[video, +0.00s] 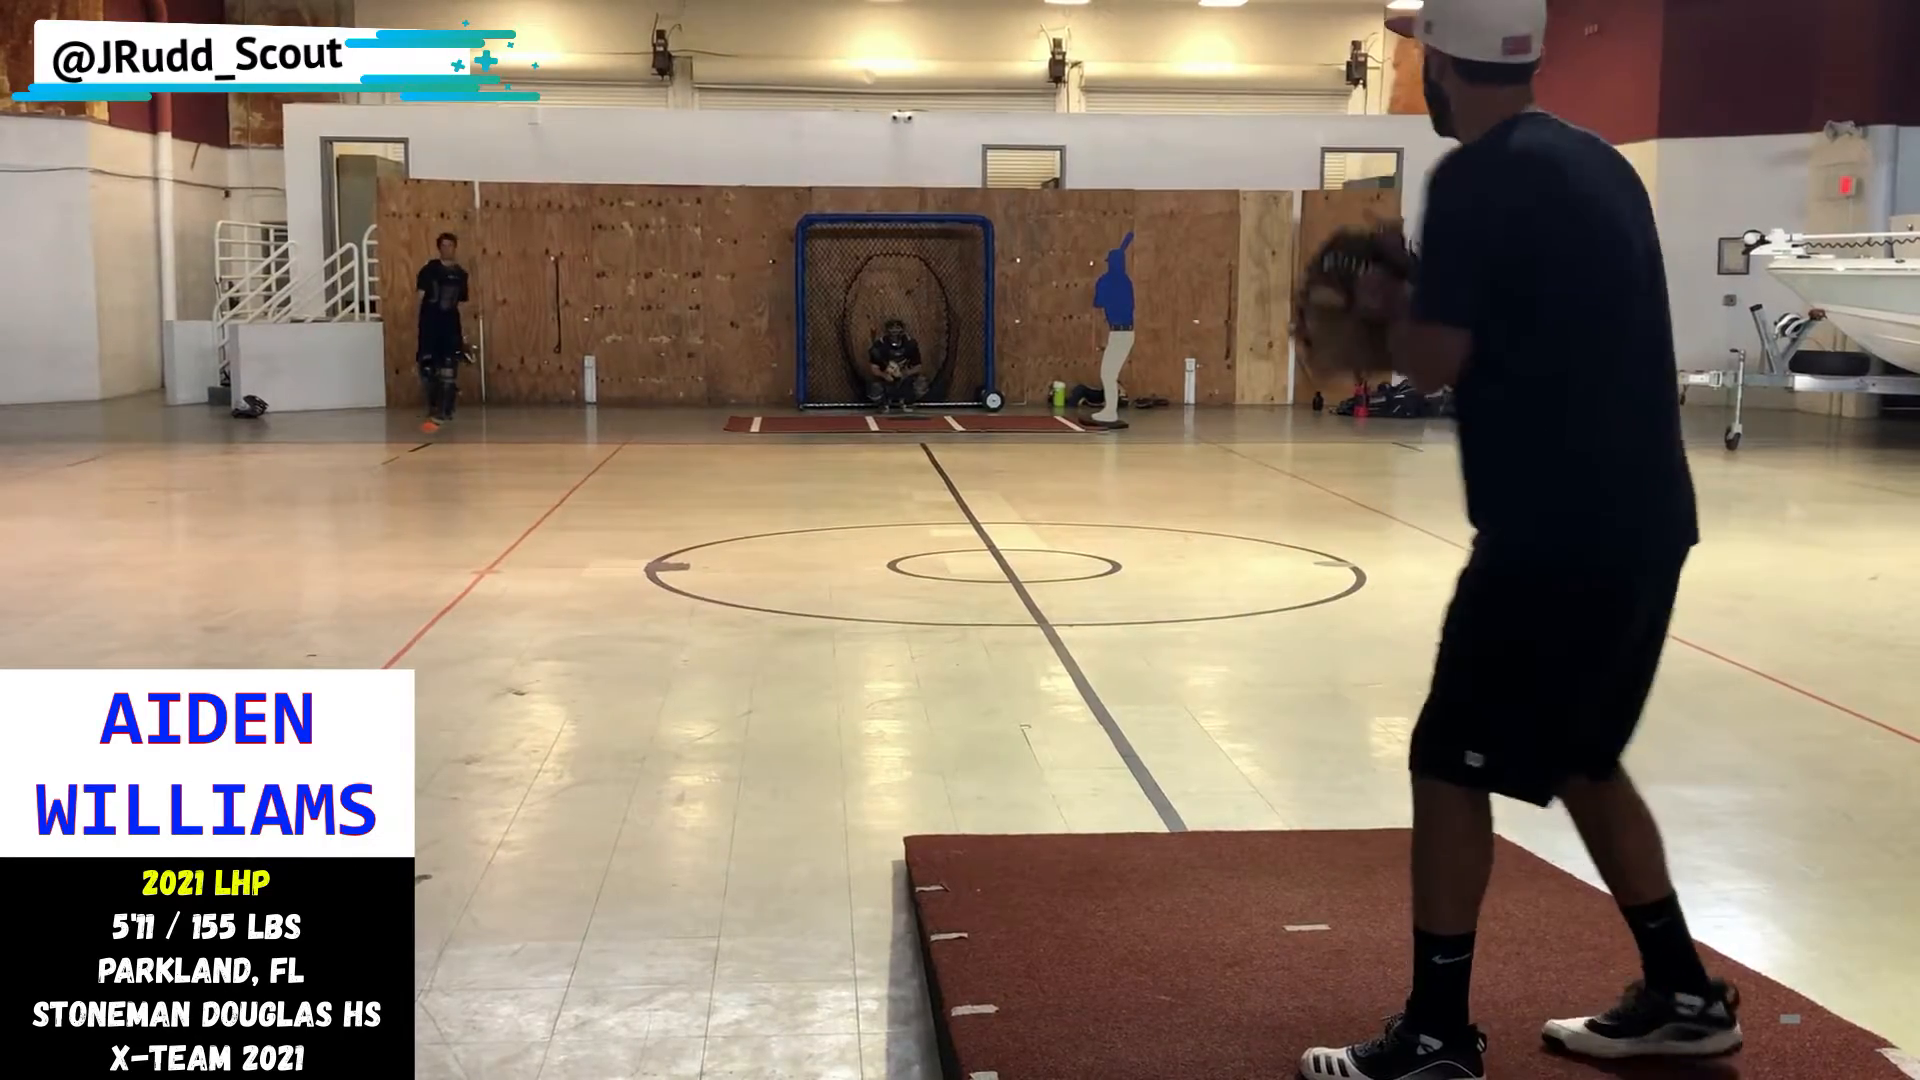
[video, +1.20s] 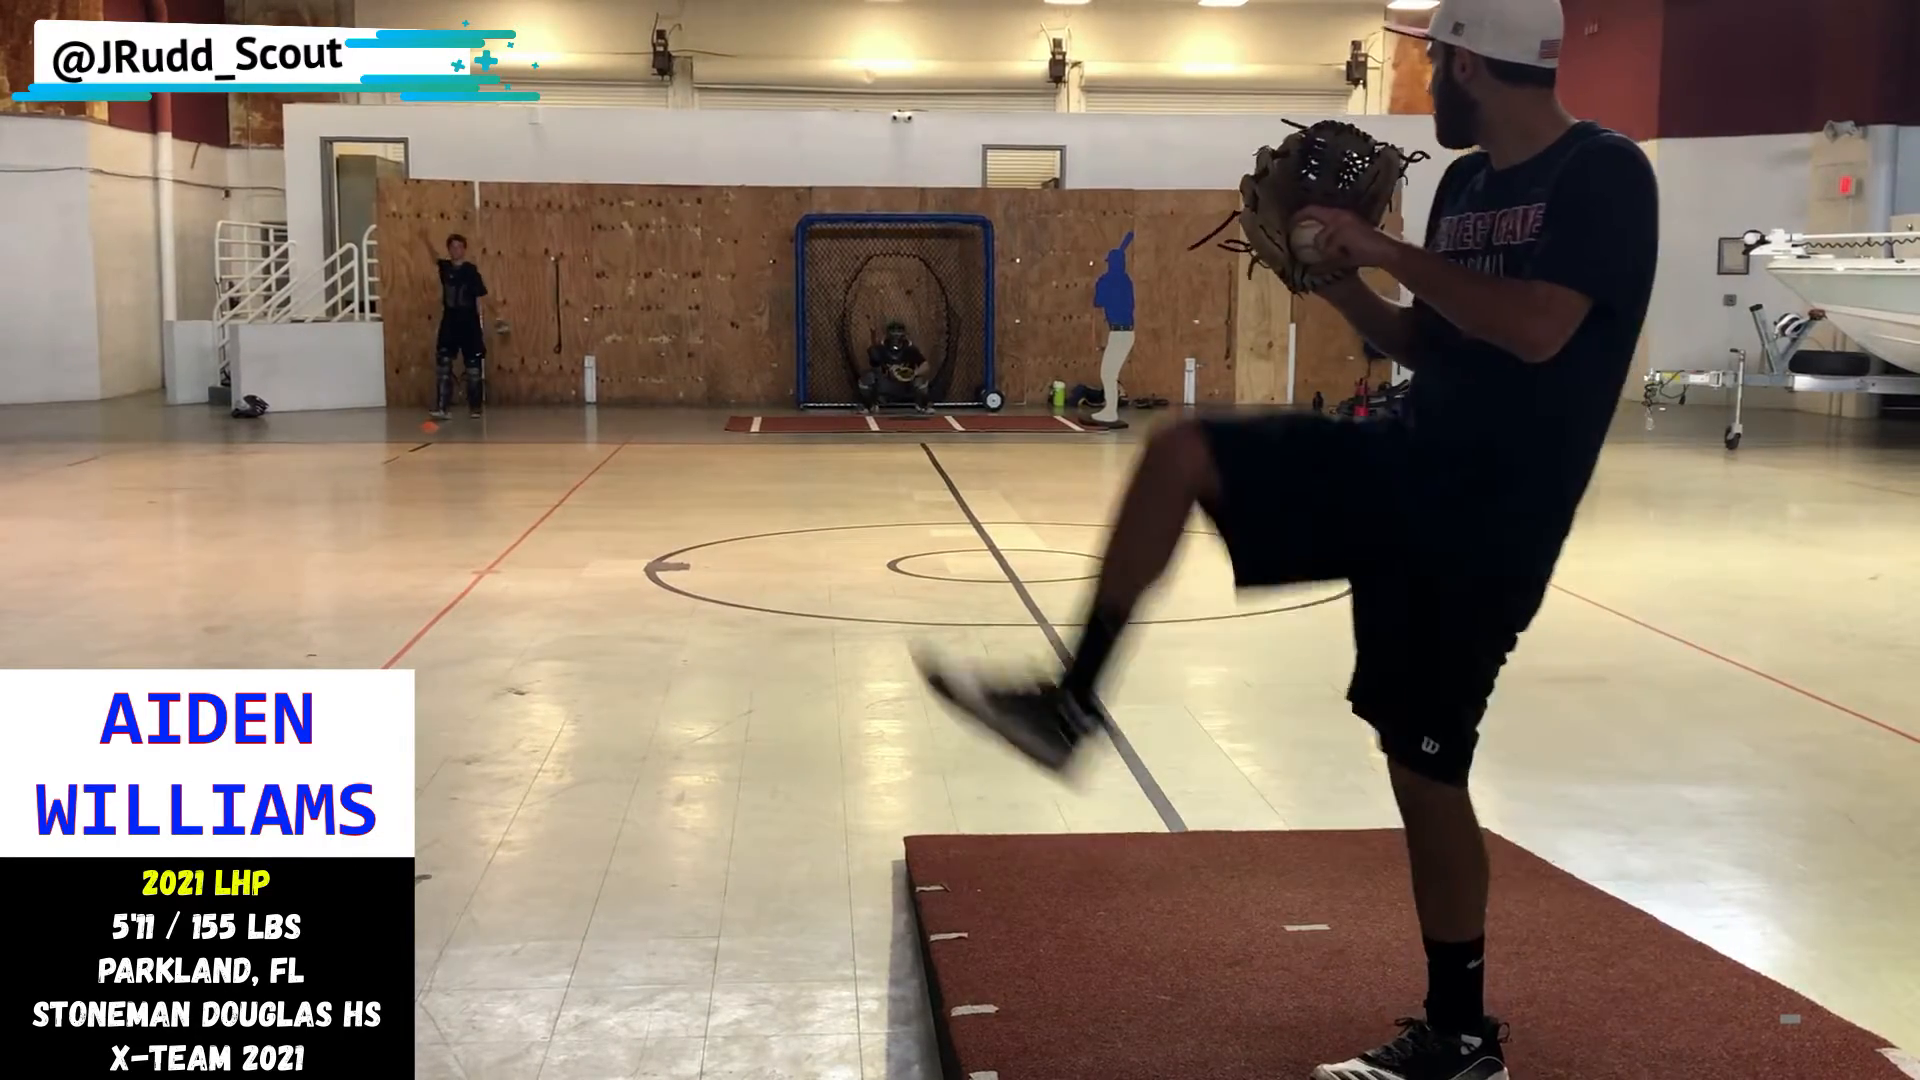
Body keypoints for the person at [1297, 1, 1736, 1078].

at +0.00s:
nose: (1418, 77)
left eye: (1421, 56)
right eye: (1422, 55)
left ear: (1440, 62)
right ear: (1529, 59)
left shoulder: (1473, 180)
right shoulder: (1601, 164)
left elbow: (1435, 360)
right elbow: (1560, 334)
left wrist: (1381, 315)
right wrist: (1419, 285)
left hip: (1544, 536)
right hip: (1644, 522)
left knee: (1446, 761)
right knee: (1580, 750)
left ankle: (1435, 1031)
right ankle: (1682, 991)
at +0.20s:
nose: (1465, 97)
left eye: (1469, 72)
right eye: (1465, 74)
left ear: (1502, 71)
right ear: (1559, 70)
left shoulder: (1579, 174)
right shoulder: (1600, 168)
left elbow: (1584, 352)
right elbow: (1581, 344)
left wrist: (1458, 348)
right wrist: (1470, 352)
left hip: (1622, 533)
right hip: (1665, 526)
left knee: (1496, 748)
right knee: (1639, 758)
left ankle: (1446, 1018)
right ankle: (1690, 1005)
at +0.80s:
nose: (1463, 72)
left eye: (1472, 51)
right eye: (1466, 52)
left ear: (1505, 60)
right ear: (1543, 63)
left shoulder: (1626, 176)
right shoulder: (1505, 188)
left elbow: (1549, 332)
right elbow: (1488, 353)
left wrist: (1393, 246)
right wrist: (1378, 285)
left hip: (1592, 539)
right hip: (1538, 533)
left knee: (1457, 761)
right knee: (1559, 762)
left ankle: (1460, 1029)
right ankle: (1675, 988)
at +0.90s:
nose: (1452, 80)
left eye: (1460, 57)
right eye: (1456, 57)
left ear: (1491, 63)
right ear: (1526, 66)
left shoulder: (1623, 174)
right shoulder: (1495, 190)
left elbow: (1550, 326)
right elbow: (1455, 352)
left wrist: (1394, 248)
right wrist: (1358, 274)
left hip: (1564, 533)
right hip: (1485, 517)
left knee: (1445, 763)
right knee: (1413, 747)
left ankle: (1458, 1029)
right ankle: (1582, 904)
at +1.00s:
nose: (1445, 85)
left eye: (1452, 59)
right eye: (1446, 62)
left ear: (1489, 60)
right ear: (1526, 62)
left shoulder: (1624, 171)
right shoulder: (1485, 185)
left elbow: (1547, 326)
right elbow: (1452, 354)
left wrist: (1391, 243)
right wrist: (1352, 277)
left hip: (1539, 533)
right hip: (1446, 504)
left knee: (1429, 778)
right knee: (1296, 685)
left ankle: (1457, 1028)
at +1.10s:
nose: (1440, 79)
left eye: (1446, 55)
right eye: (1442, 57)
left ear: (1483, 58)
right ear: (1517, 61)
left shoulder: (1620, 172)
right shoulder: (1476, 183)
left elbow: (1547, 325)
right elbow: (1441, 344)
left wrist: (1390, 245)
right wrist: (1342, 278)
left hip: (1514, 526)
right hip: (1421, 483)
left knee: (1430, 771)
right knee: (1215, 575)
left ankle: (1457, 1030)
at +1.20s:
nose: (1431, 81)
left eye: (1439, 58)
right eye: (1433, 59)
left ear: (1475, 60)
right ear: (1513, 63)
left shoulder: (1608, 174)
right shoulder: (1463, 184)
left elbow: (1538, 326)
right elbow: (1421, 343)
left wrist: (1383, 250)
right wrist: (1334, 280)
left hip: (1488, 522)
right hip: (1398, 470)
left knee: (1425, 762)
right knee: (1179, 451)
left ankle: (1458, 1031)